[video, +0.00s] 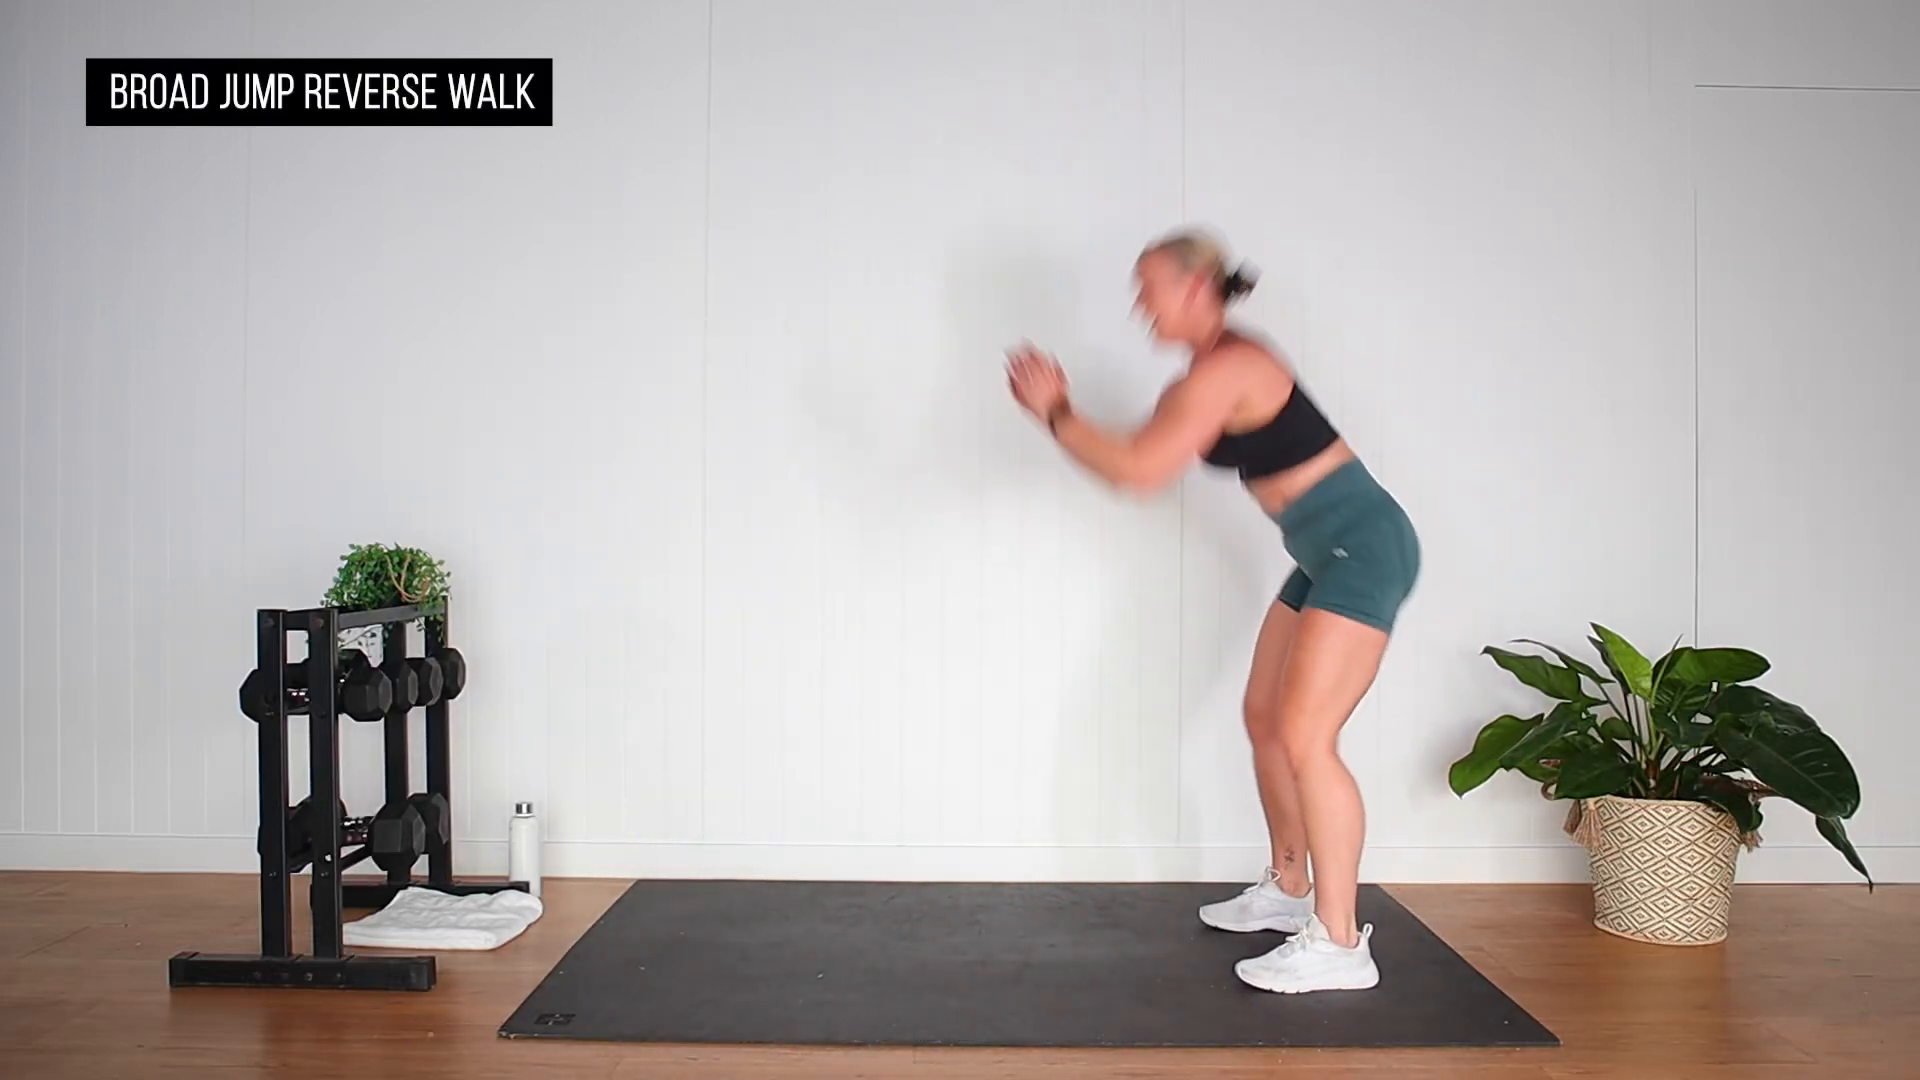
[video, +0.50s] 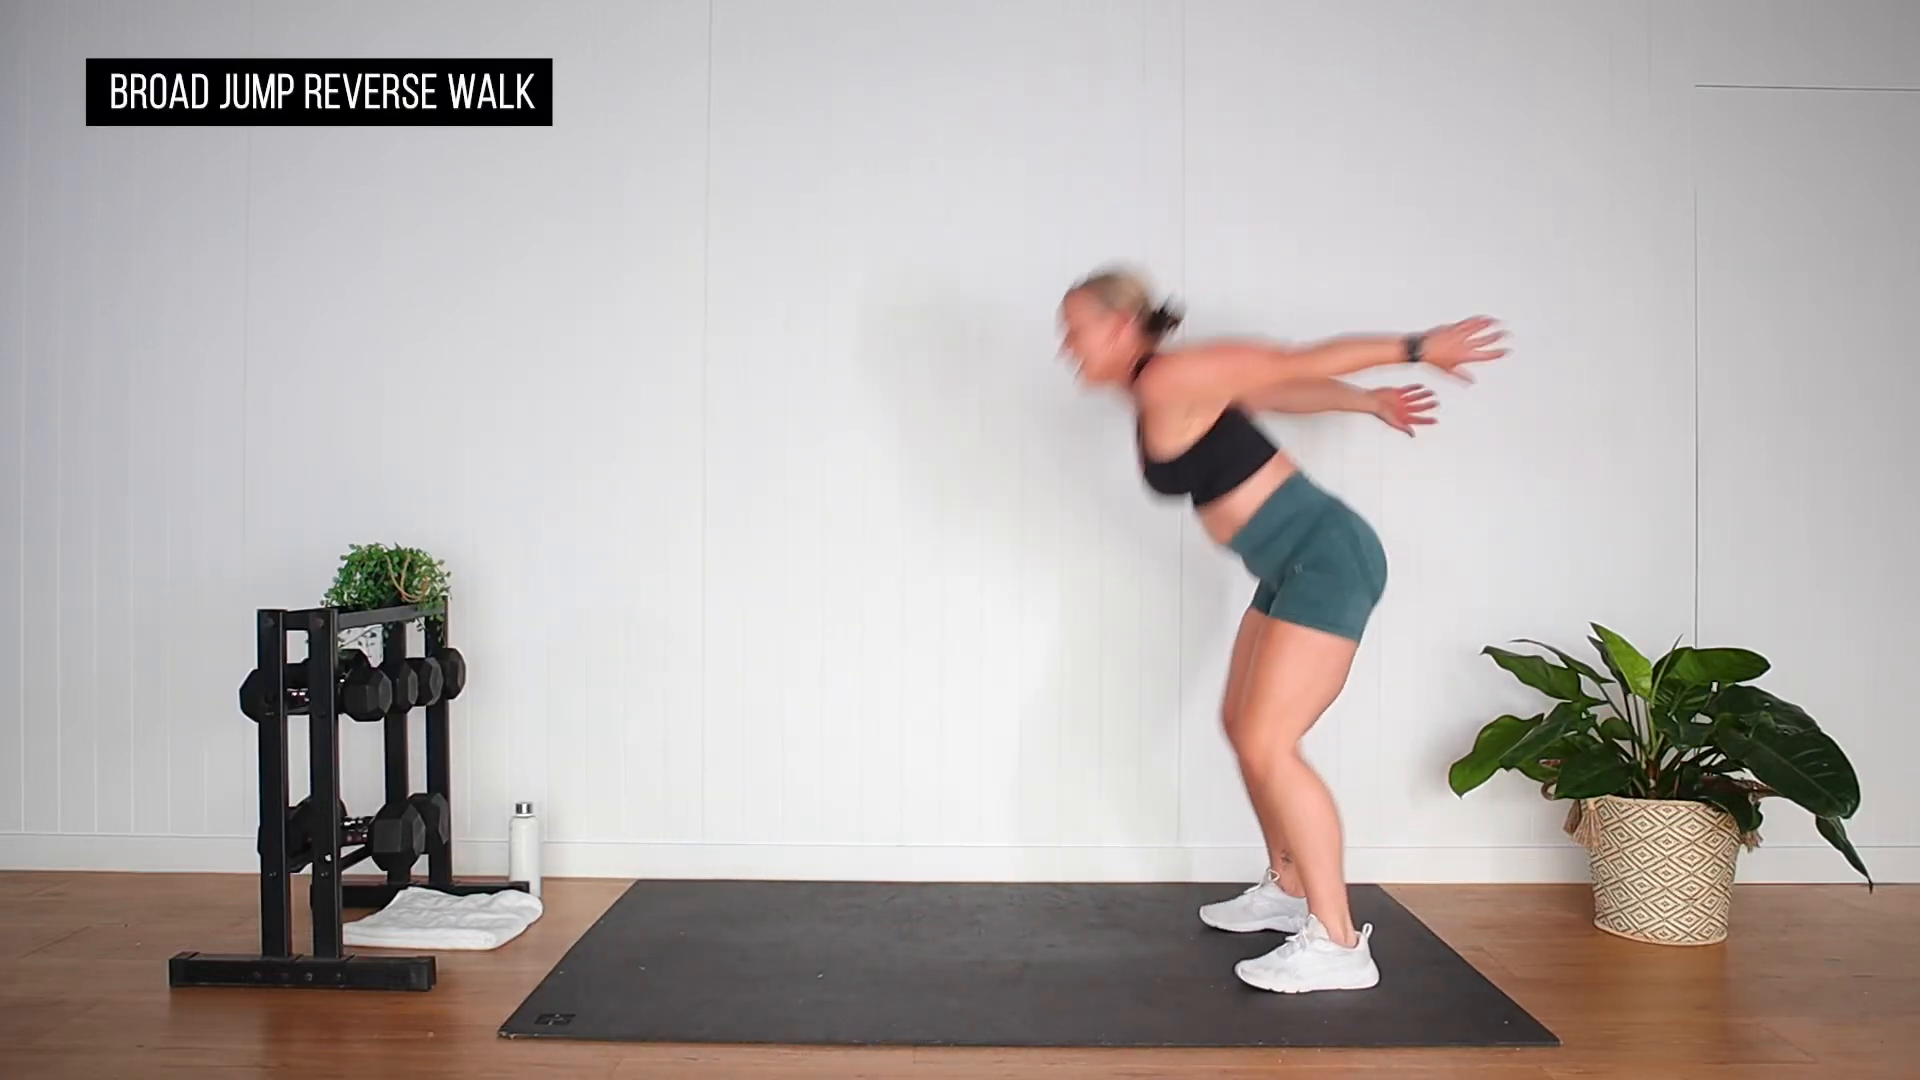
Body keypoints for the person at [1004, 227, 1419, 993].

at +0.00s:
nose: (1142, 309)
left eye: (1151, 293)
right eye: (1141, 294)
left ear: (1200, 288)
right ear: (1189, 292)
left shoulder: (1232, 368)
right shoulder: (1210, 369)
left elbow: (1138, 469)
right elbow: (1137, 463)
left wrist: (1057, 416)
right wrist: (1060, 416)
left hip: (1365, 546)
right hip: (1323, 551)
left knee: (1304, 735)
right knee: (1265, 719)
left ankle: (1341, 942)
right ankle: (1291, 883)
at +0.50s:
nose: (1068, 350)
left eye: (1076, 333)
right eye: (1066, 336)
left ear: (1122, 324)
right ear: (1118, 330)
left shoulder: (1169, 377)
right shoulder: (1161, 386)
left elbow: (1294, 364)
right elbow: (1278, 390)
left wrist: (1417, 346)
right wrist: (1369, 402)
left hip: (1325, 554)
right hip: (1289, 561)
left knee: (1268, 741)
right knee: (1244, 725)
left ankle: (1339, 940)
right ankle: (1292, 886)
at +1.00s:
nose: (929, 188)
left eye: (938, 173)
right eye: (930, 174)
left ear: (980, 173)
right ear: (985, 175)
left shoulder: (1005, 242)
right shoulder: (1006, 246)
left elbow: (902, 315)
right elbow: (911, 342)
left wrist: (818, 296)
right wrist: (816, 305)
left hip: (1085, 450)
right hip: (1077, 450)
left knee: (1051, 653)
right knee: (1051, 652)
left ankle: (1173, 824)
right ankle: (1166, 819)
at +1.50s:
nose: (619, 542)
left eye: (617, 522)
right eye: (611, 527)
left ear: (644, 498)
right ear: (654, 493)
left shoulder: (699, 554)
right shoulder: (720, 534)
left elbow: (672, 706)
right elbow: (706, 687)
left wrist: (645, 826)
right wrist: (685, 781)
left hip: (888, 646)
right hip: (901, 637)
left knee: (718, 740)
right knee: (743, 733)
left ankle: (790, 934)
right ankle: (811, 893)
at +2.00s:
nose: (633, 767)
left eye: (619, 759)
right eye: (620, 764)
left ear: (613, 716)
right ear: (616, 708)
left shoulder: (666, 690)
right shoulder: (692, 684)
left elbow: (689, 833)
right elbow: (717, 809)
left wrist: (685, 959)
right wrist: (719, 906)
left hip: (828, 518)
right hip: (836, 513)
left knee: (873, 707)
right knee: (882, 695)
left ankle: (1020, 848)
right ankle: (1016, 800)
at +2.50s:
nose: (648, 729)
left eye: (641, 714)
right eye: (639, 719)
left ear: (665, 679)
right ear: (676, 668)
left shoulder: (728, 700)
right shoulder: (753, 685)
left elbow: (725, 849)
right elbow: (748, 833)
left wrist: (690, 962)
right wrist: (715, 915)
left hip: (958, 716)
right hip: (962, 702)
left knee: (1127, 844)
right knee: (1125, 819)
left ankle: (1326, 916)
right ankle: (1278, 857)